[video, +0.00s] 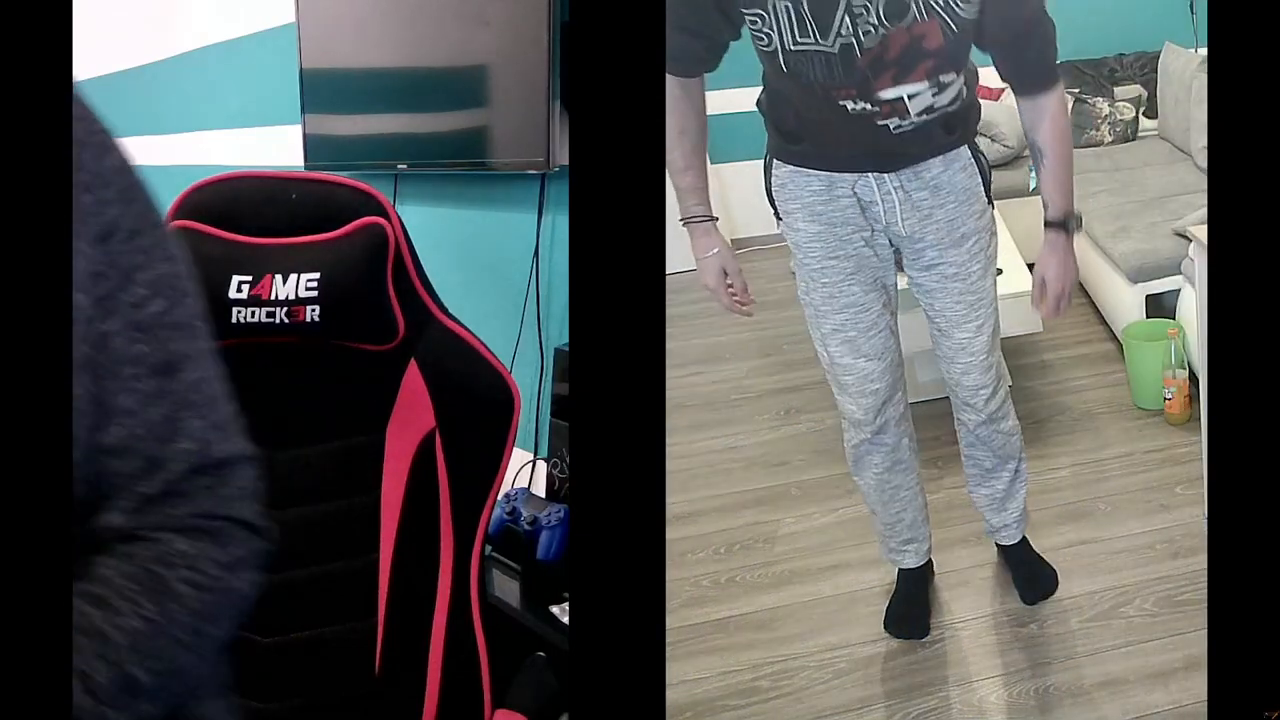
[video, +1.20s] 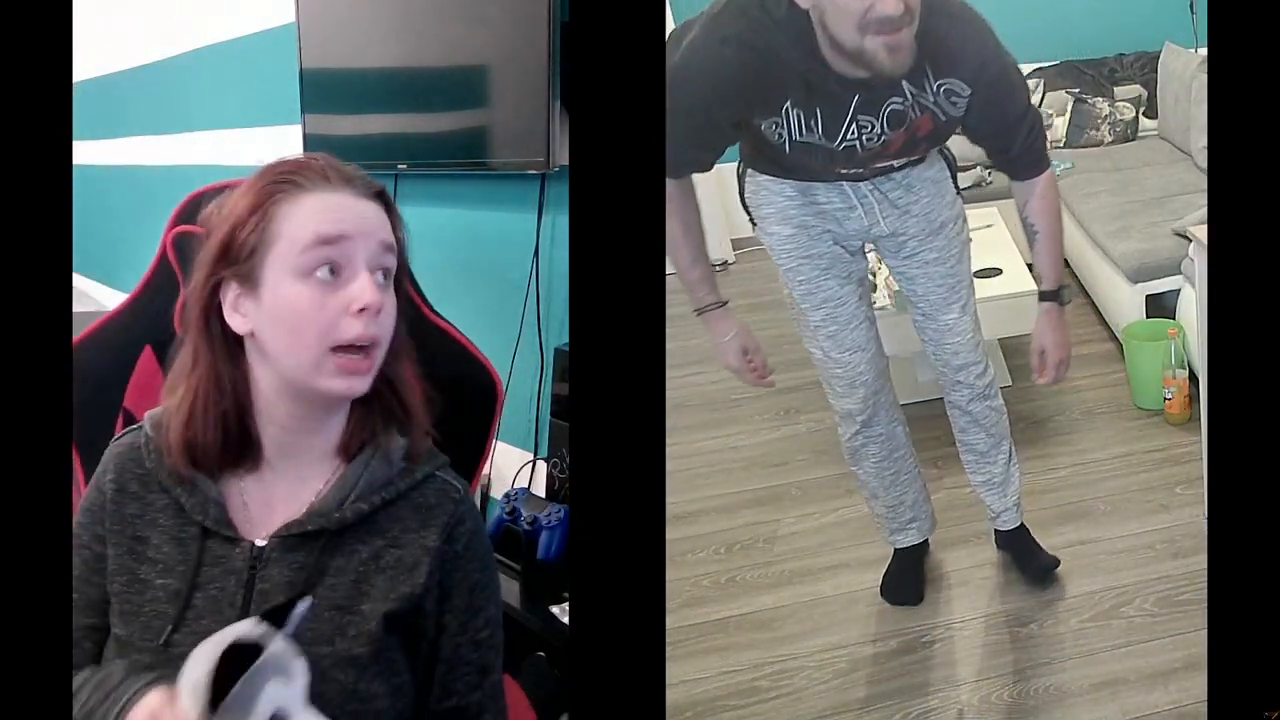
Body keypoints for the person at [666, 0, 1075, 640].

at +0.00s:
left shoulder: (997, 5)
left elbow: (1038, 80)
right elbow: (680, 67)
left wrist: (1060, 226)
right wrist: (698, 221)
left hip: (940, 169)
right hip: (816, 187)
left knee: (978, 379)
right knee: (866, 403)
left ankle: (1011, 534)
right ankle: (910, 562)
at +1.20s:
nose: (893, 6)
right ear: (806, 1)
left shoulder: (959, 34)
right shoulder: (739, 42)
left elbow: (1031, 164)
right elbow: (670, 162)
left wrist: (1051, 299)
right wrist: (712, 309)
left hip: (915, 177)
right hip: (793, 192)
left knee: (963, 358)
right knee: (856, 387)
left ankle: (1009, 520)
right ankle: (907, 535)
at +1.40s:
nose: (889, 34)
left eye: (898, 4)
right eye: (854, 11)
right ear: (799, 16)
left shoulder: (956, 67)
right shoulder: (729, 69)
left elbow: (1022, 192)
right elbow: (667, 144)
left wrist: (1029, 326)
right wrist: (683, 280)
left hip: (907, 181)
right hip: (783, 198)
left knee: (958, 358)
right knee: (853, 387)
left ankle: (1004, 508)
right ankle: (907, 535)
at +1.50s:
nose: (895, 48)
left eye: (906, 17)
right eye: (861, 25)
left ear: (922, 10)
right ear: (802, 27)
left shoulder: (961, 81)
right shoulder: (727, 76)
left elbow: (1022, 202)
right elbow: (668, 100)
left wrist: (1030, 335)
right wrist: (679, 192)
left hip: (909, 189)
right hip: (785, 203)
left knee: (959, 363)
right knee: (854, 386)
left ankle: (1004, 511)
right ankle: (908, 535)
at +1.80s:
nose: (890, 87)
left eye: (901, 55)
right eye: (855, 65)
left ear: (916, 41)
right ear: (802, 65)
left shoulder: (958, 100)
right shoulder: (730, 85)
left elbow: (1029, 221)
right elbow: (679, 14)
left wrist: (1052, 355)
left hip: (917, 190)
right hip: (792, 204)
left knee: (965, 365)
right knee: (857, 390)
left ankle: (1003, 511)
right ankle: (909, 537)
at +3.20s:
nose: (961, 126)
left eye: (982, 96)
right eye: (934, 96)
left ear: (997, 74)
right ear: (888, 79)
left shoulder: (1033, 134)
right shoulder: (814, 77)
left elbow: (1080, 261)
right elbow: (752, 1)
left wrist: (1086, 393)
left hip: (978, 196)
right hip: (856, 185)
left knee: (994, 363)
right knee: (891, 371)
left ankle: (1007, 512)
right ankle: (911, 532)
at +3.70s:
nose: (948, 211)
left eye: (968, 182)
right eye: (924, 186)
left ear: (988, 134)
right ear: (879, 145)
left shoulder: (1025, 150)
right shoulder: (813, 134)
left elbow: (1087, 276)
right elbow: (739, 23)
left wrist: (1097, 403)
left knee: (997, 354)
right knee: (915, 366)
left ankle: (1010, 516)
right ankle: (946, 541)